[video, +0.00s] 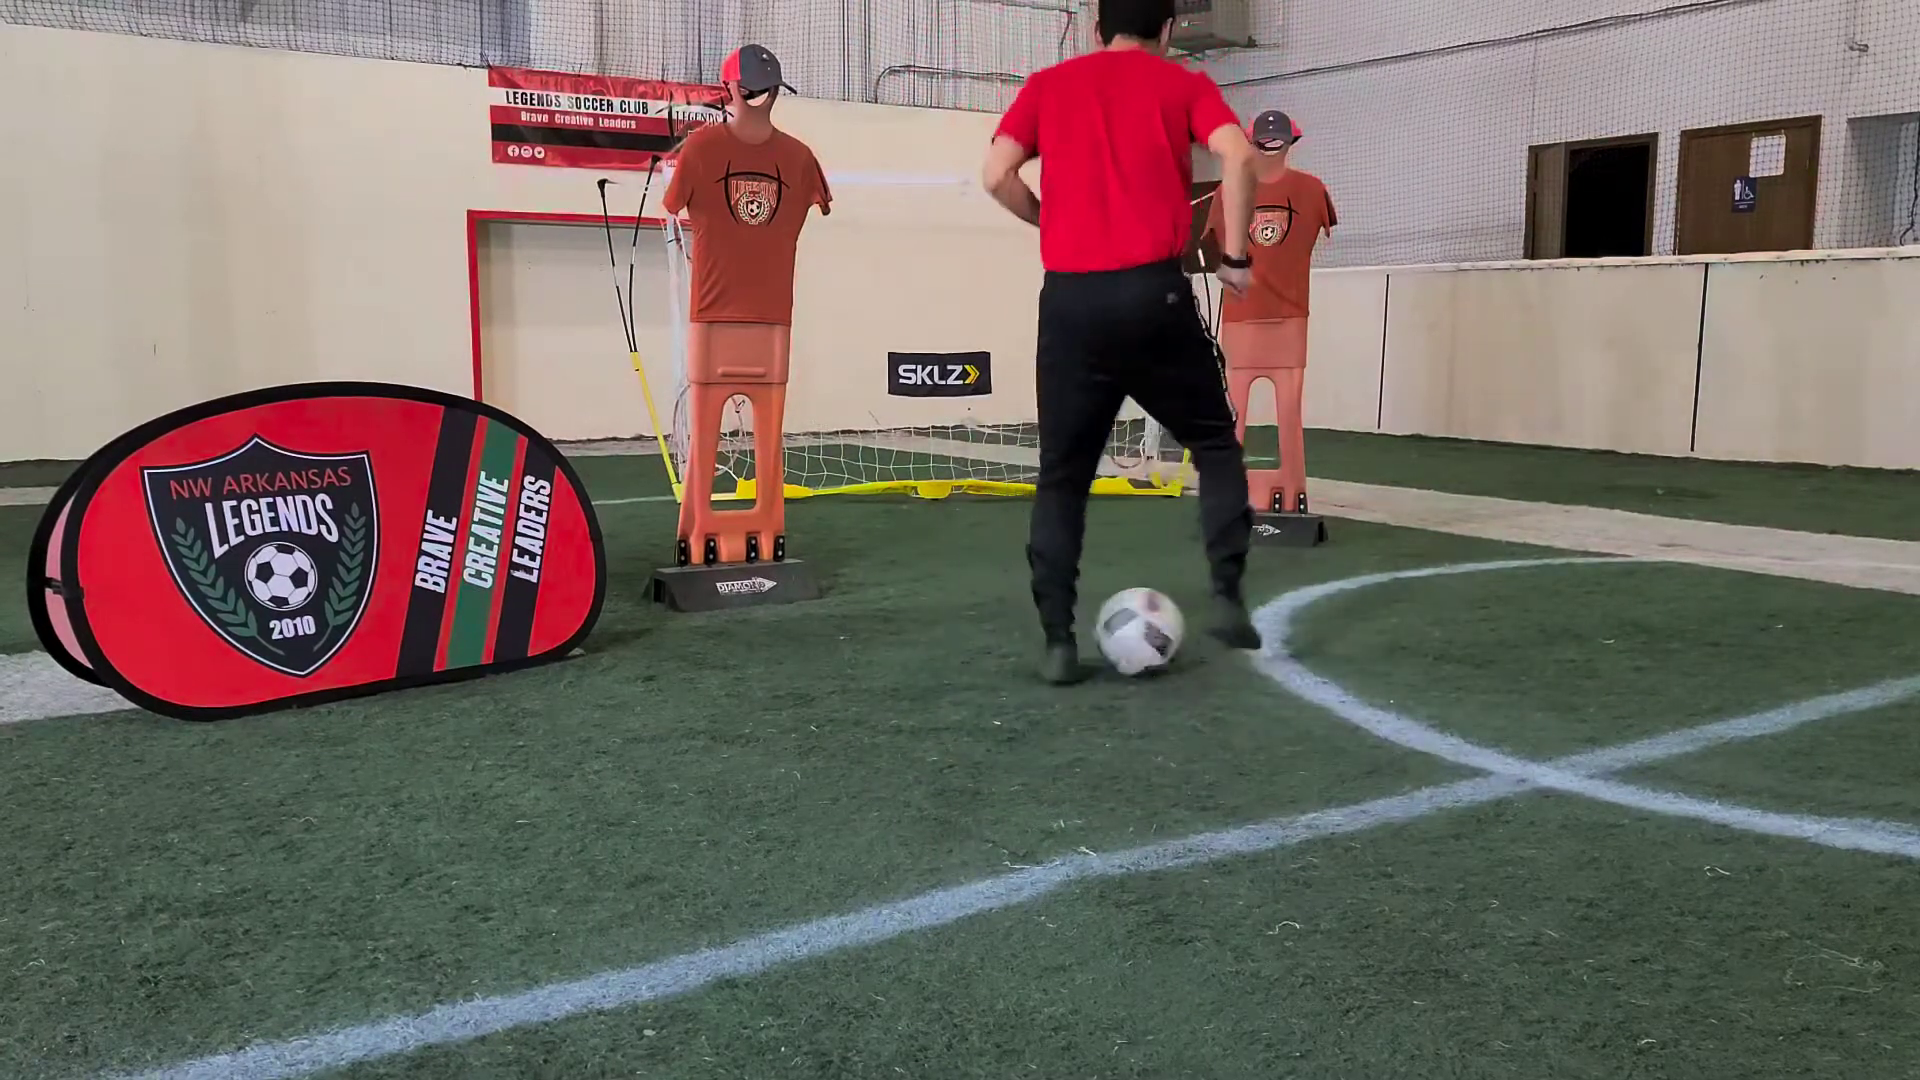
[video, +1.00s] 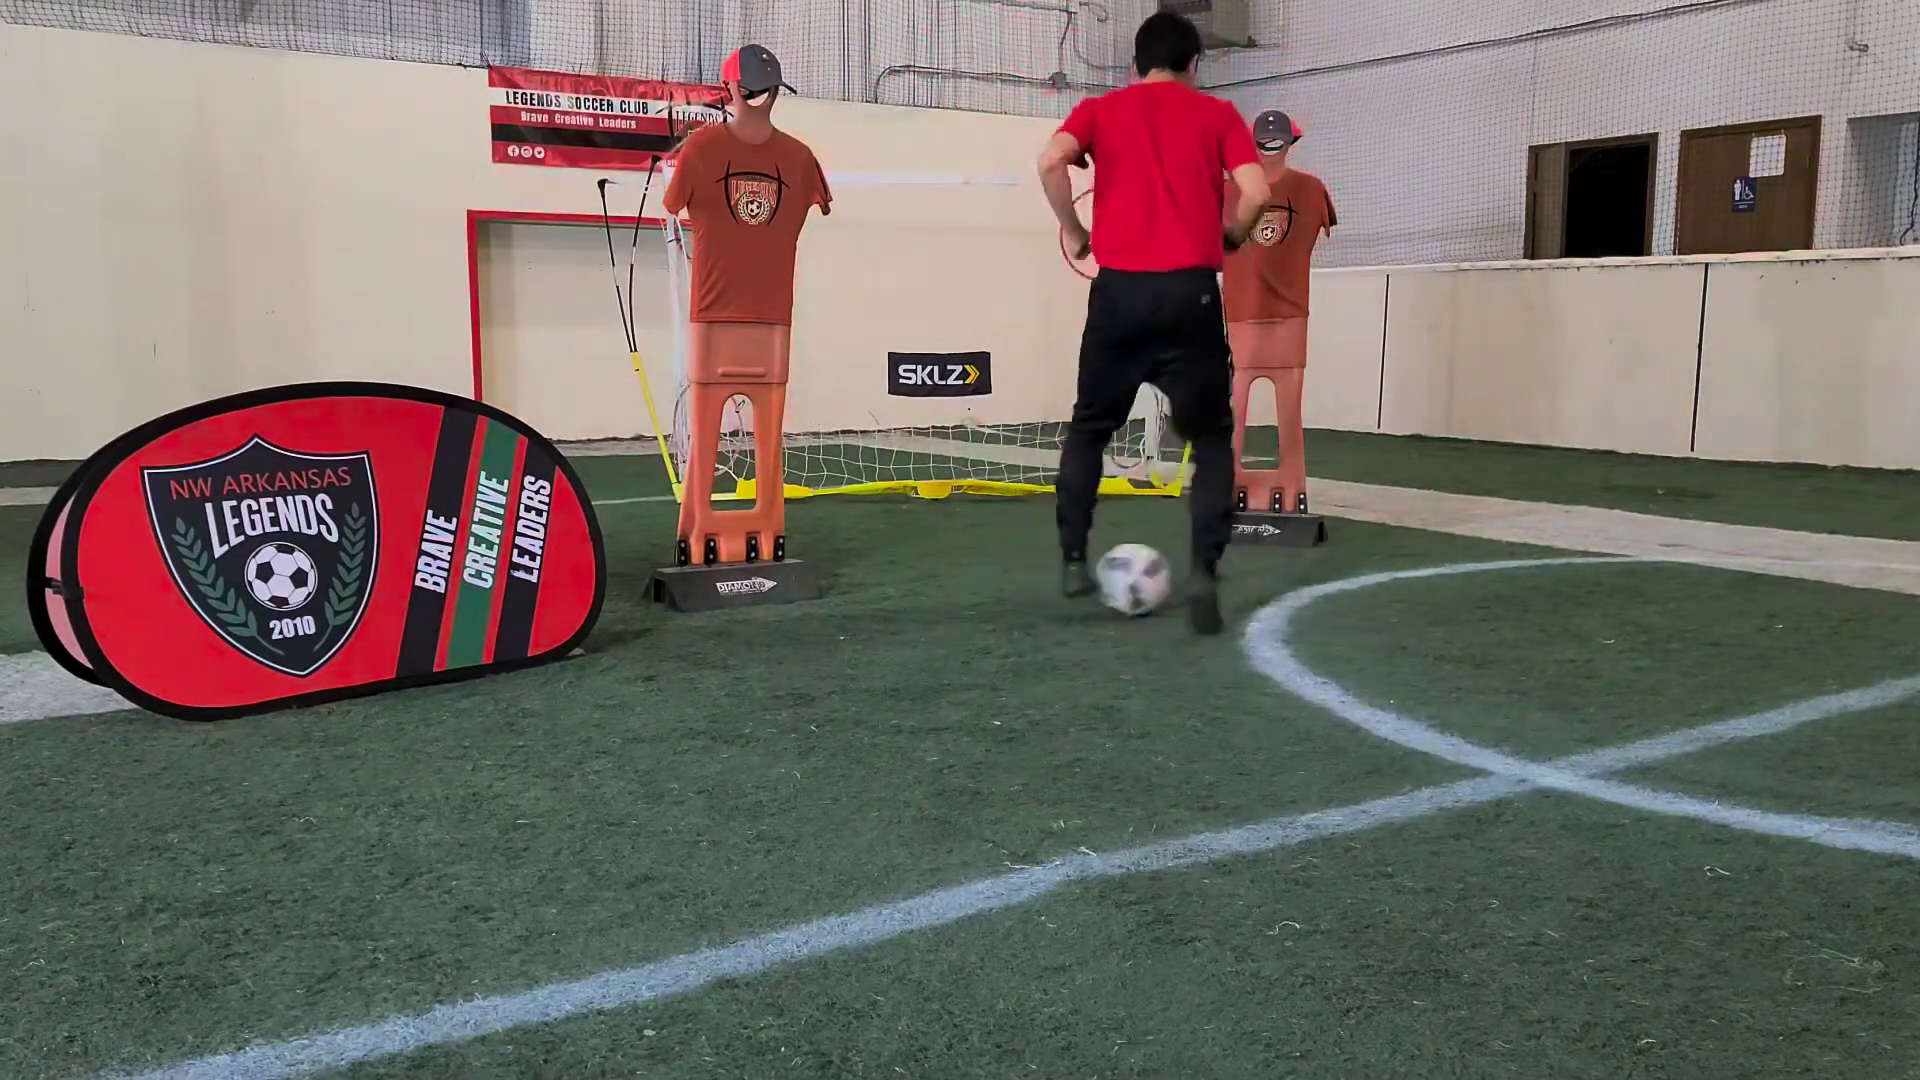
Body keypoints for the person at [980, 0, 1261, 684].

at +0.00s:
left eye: (1094, 18)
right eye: (1164, 23)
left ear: (1098, 23)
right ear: (1163, 26)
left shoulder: (1050, 82)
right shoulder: (1182, 81)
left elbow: (995, 175)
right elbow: (1238, 155)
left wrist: (1050, 221)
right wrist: (1233, 253)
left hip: (1069, 300)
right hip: (1154, 296)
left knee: (1062, 470)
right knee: (1214, 443)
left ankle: (1059, 640)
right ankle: (1227, 595)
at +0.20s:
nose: (1184, 33)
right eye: (1187, 24)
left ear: (1120, 25)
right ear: (1183, 29)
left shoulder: (1074, 77)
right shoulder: (1207, 85)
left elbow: (1014, 156)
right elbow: (1233, 153)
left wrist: (1050, 227)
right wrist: (1223, 246)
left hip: (1078, 286)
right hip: (1161, 290)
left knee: (1039, 442)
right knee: (1179, 453)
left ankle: (1008, 583)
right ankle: (1177, 613)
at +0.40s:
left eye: (1110, 42)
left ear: (1114, 44)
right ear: (1176, 48)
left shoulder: (1081, 89)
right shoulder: (1207, 101)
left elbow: (1021, 134)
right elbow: (1245, 197)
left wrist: (1035, 217)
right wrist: (1210, 224)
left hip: (1091, 293)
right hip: (1173, 297)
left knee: (1058, 439)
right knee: (1182, 460)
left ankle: (1034, 582)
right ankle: (1175, 615)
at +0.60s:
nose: (1180, 80)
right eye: (1181, 72)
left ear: (1116, 69)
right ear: (1175, 70)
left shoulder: (1066, 124)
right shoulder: (1186, 120)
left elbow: (1028, 220)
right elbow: (1227, 176)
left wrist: (1084, 242)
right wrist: (1231, 271)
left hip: (1084, 318)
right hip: (1162, 313)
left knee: (1083, 465)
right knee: (1228, 432)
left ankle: (1077, 614)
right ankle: (1261, 569)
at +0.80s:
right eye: (1200, 65)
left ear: (1140, 64)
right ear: (1198, 66)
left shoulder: (1101, 109)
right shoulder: (1223, 118)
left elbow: (1044, 176)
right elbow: (1246, 185)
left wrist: (1070, 229)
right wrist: (1232, 253)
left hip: (1108, 303)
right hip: (1184, 307)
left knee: (1065, 430)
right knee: (1191, 454)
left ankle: (1032, 560)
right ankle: (1185, 604)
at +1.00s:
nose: (1195, 72)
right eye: (1198, 64)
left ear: (1135, 65)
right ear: (1193, 65)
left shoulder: (1102, 108)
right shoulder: (1218, 113)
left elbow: (1050, 160)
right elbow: (1255, 193)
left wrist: (1072, 230)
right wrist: (1231, 235)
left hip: (1118, 296)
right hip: (1190, 296)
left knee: (1090, 427)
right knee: (1211, 435)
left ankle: (1073, 558)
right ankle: (1204, 572)